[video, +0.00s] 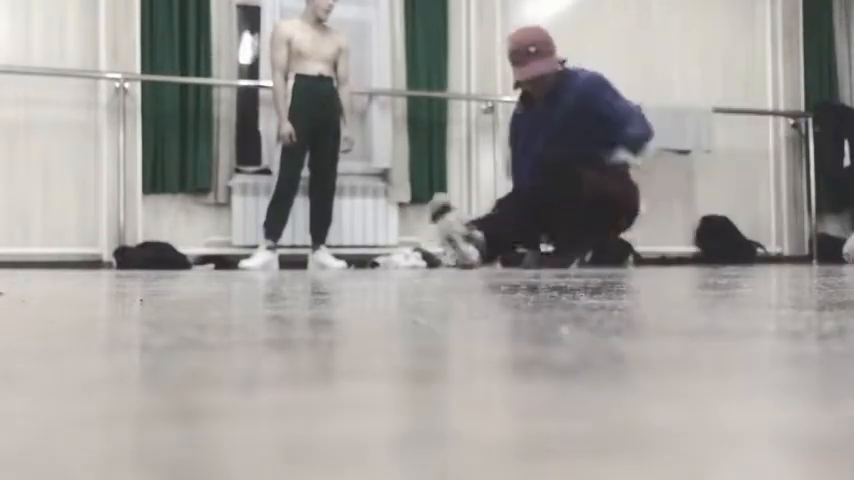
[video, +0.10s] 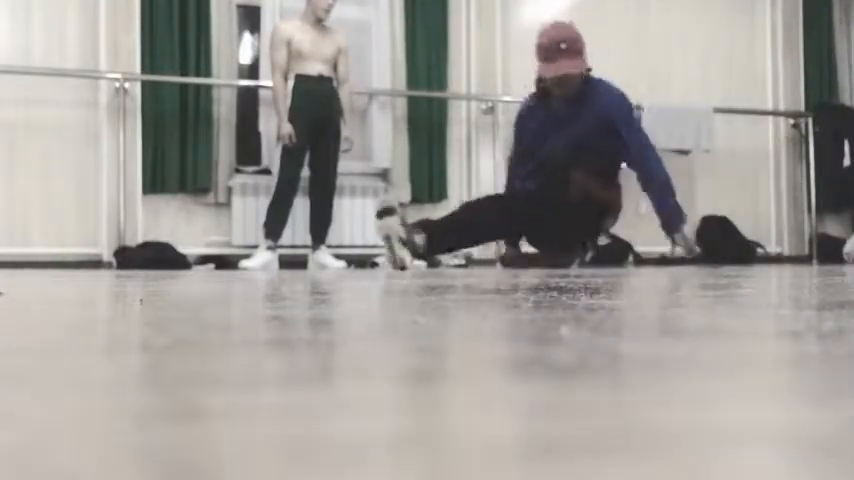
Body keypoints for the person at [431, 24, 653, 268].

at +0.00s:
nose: (535, 83)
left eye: (540, 75)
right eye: (527, 77)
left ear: (554, 62)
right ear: (517, 75)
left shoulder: (586, 87)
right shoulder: (522, 118)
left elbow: (638, 127)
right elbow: (524, 183)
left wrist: (622, 152)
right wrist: (523, 239)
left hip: (610, 196)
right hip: (556, 199)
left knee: (563, 179)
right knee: (514, 208)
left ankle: (479, 242)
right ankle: (474, 239)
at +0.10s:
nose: (557, 69)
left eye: (566, 60)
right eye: (549, 62)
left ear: (582, 60)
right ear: (539, 65)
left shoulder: (607, 102)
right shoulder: (531, 111)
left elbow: (646, 163)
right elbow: (519, 174)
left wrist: (676, 228)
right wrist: (514, 238)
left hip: (588, 211)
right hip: (540, 207)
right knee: (490, 210)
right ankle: (422, 242)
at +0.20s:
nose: (607, 57)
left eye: (615, 48)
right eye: (597, 47)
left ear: (626, 55)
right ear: (579, 54)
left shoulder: (635, 109)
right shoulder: (553, 98)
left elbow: (652, 183)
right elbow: (508, 155)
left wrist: (668, 253)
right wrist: (472, 209)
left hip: (590, 218)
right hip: (539, 203)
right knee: (493, 211)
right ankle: (416, 243)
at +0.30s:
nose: (653, 46)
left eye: (661, 36)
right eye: (644, 34)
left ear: (670, 44)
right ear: (625, 39)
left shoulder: (666, 105)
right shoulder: (588, 76)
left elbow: (664, 183)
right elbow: (540, 97)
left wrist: (666, 254)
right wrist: (499, 110)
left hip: (596, 210)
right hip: (550, 188)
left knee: (519, 192)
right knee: (507, 183)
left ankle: (423, 239)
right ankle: (419, 231)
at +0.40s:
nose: (684, 60)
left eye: (693, 53)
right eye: (679, 49)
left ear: (702, 52)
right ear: (661, 38)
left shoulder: (689, 111)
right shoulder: (621, 63)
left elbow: (676, 185)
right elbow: (566, 67)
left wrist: (669, 256)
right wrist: (602, 30)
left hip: (608, 197)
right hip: (563, 173)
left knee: (642, 146)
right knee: (527, 142)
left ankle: (561, 232)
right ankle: (454, 232)